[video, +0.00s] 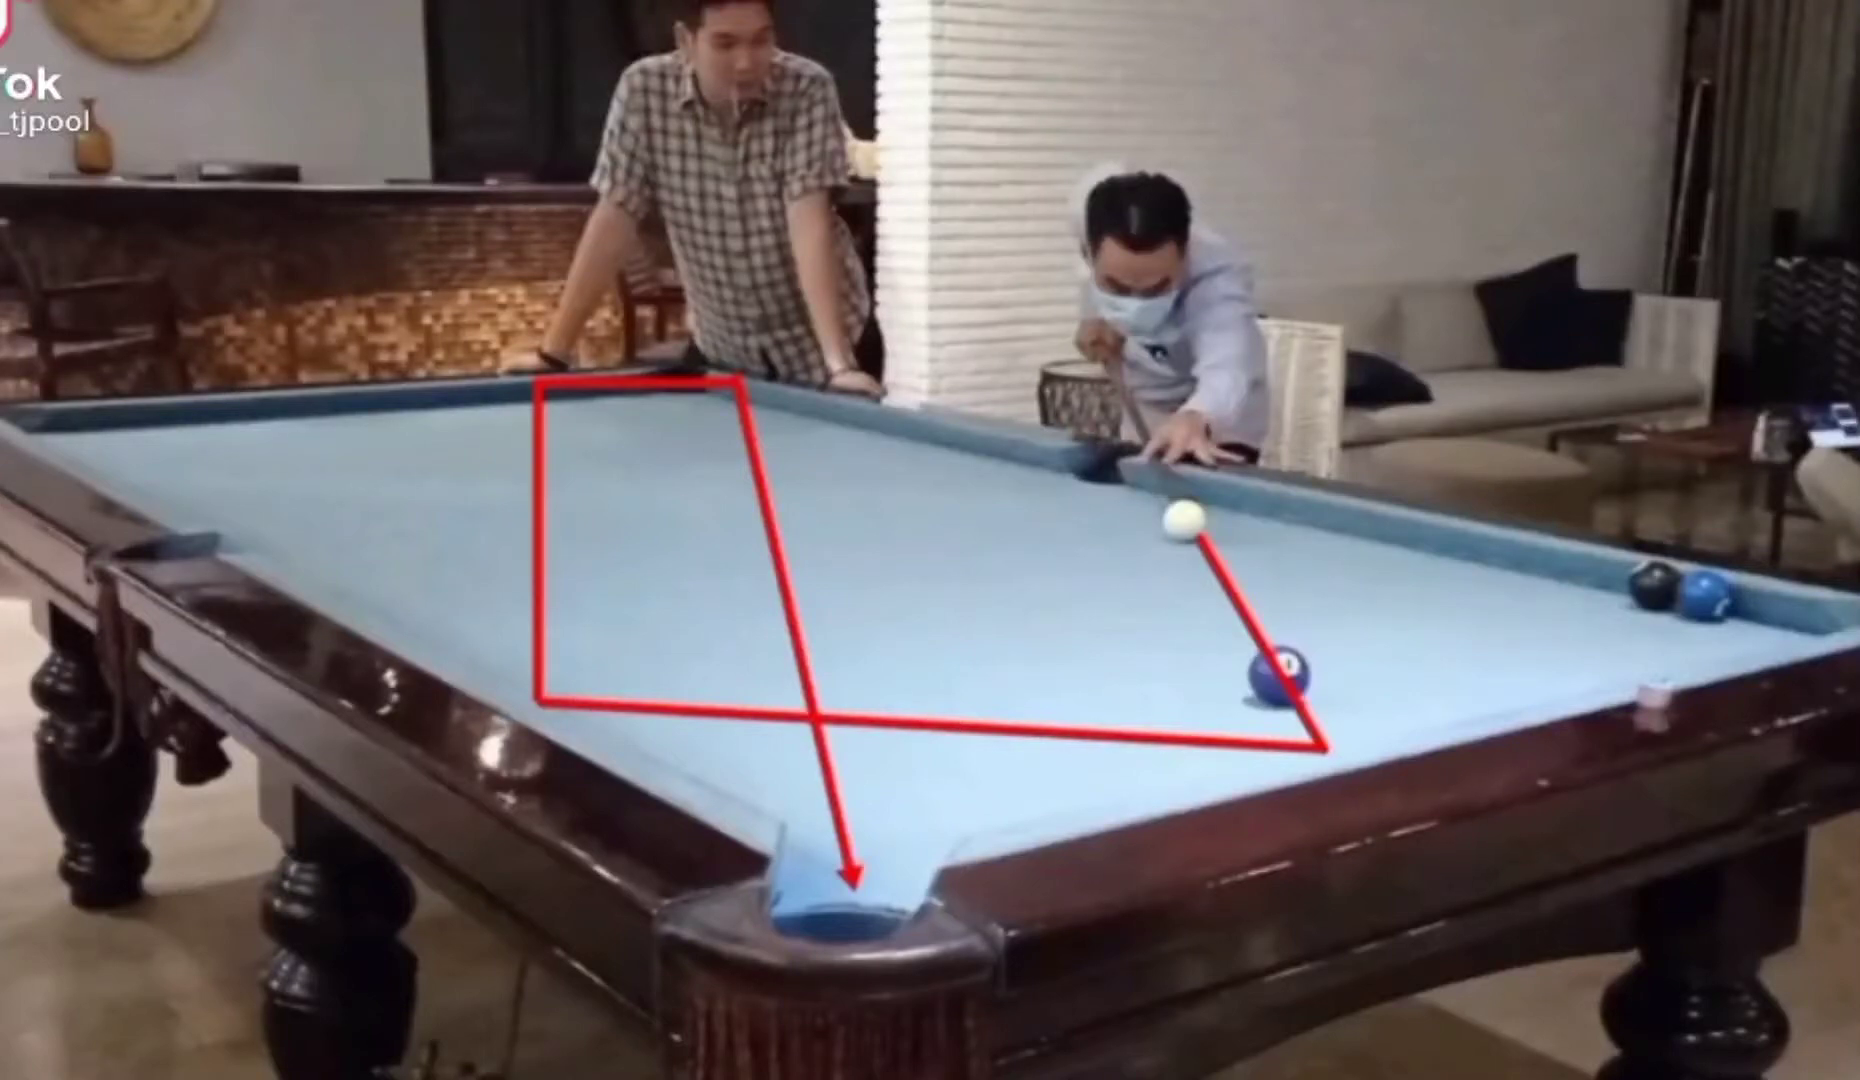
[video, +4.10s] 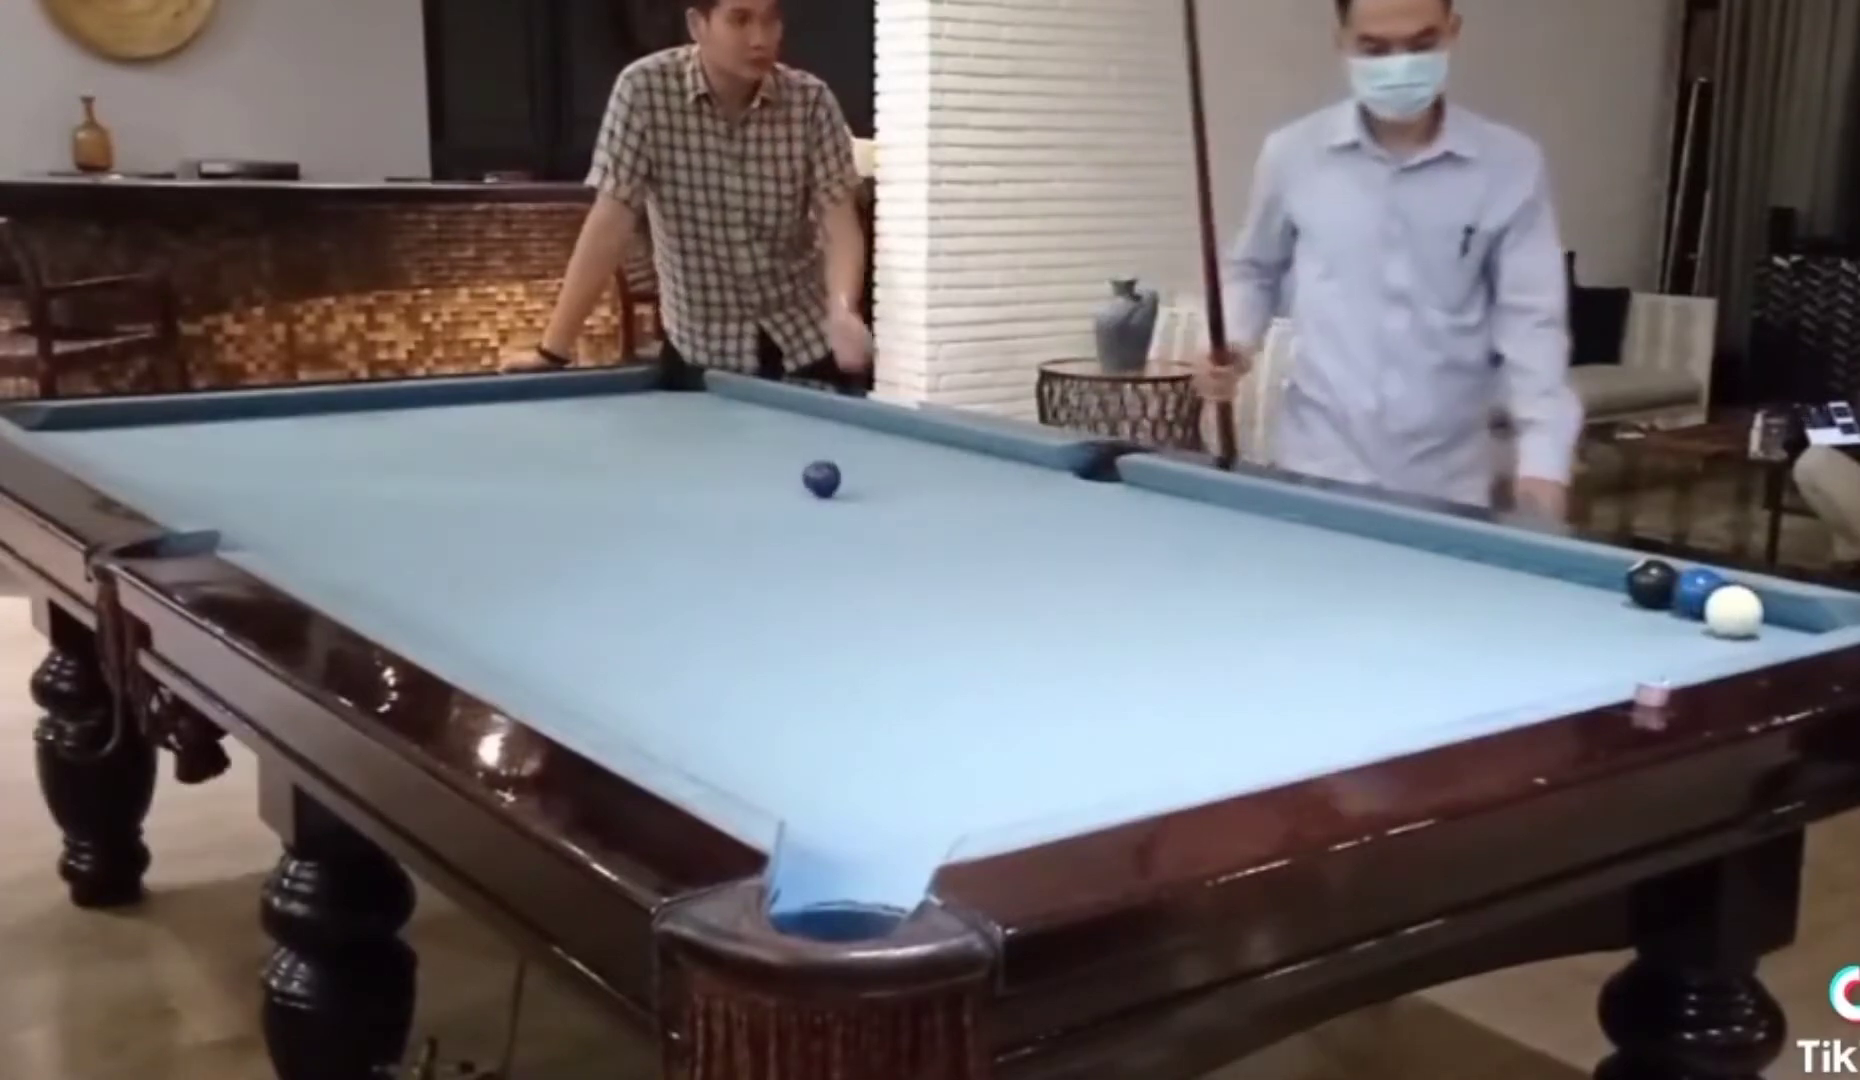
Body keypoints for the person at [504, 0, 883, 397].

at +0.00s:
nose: (746, 63)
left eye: (758, 41)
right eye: (725, 45)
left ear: (773, 36)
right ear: (686, 43)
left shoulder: (806, 88)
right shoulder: (644, 90)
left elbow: (810, 220)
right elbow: (614, 215)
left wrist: (839, 365)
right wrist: (553, 353)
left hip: (826, 351)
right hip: (723, 351)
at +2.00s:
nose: (712, 52)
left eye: (731, 31)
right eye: (695, 32)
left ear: (762, 29)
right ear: (672, 31)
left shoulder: (806, 89)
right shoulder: (644, 90)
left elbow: (810, 219)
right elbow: (615, 217)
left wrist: (837, 361)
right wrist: (553, 351)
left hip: (822, 347)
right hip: (722, 348)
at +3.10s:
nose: (757, 29)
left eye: (765, 13)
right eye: (737, 15)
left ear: (777, 19)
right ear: (691, 23)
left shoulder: (811, 101)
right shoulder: (638, 90)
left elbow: (858, 225)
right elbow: (610, 214)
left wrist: (836, 288)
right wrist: (553, 350)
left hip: (814, 342)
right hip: (701, 345)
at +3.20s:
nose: (766, 31)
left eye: (774, 14)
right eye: (745, 16)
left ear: (784, 19)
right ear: (698, 24)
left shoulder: (813, 102)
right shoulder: (642, 88)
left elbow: (858, 228)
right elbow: (610, 217)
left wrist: (832, 248)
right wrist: (552, 350)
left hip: (816, 336)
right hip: (702, 341)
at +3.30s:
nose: (772, 35)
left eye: (779, 17)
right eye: (751, 19)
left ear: (789, 21)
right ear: (704, 25)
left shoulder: (814, 100)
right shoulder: (645, 87)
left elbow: (852, 247)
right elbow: (610, 218)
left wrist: (820, 202)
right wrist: (552, 351)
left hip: (815, 333)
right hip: (701, 339)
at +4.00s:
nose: (767, 40)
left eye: (777, 23)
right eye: (746, 23)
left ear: (788, 26)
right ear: (703, 26)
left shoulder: (812, 101)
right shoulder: (649, 89)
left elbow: (845, 222)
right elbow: (612, 218)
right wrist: (552, 352)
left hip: (808, 335)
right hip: (701, 344)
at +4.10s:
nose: (762, 38)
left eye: (772, 20)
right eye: (741, 20)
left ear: (783, 25)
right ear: (697, 24)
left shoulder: (810, 101)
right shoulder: (646, 90)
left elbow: (839, 212)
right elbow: (611, 218)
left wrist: (842, 307)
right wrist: (552, 351)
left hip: (808, 338)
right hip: (702, 345)